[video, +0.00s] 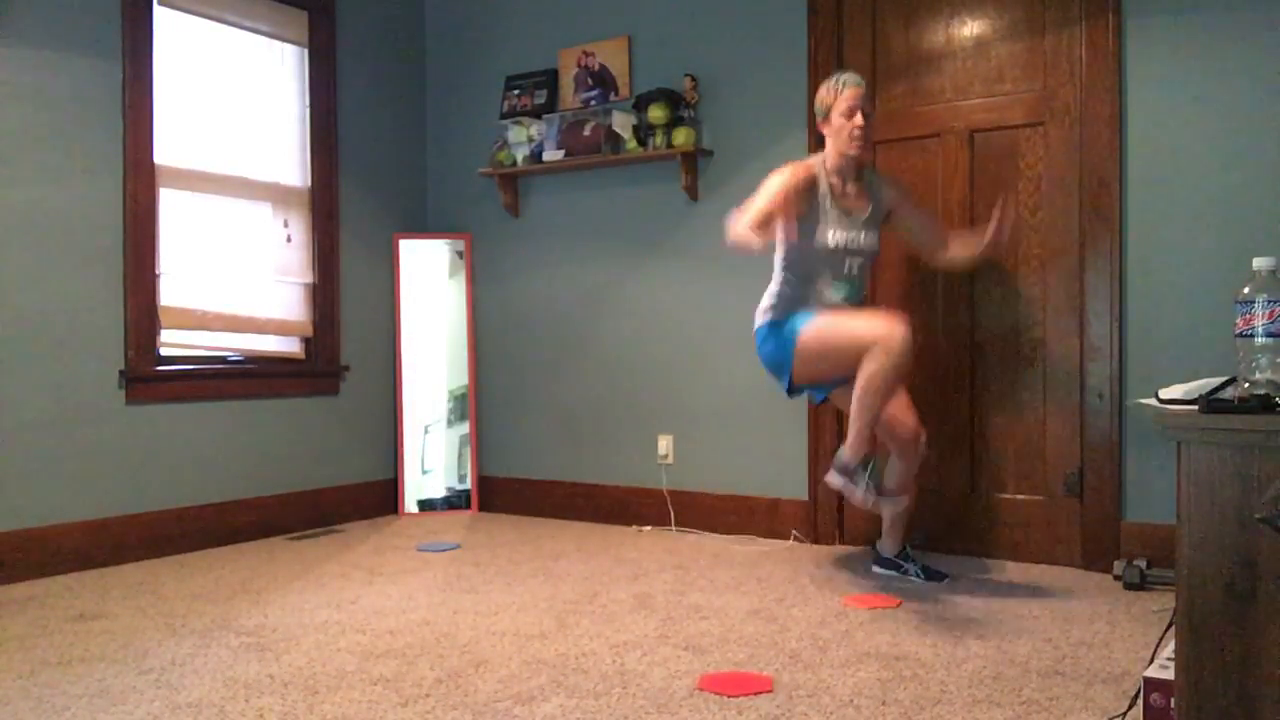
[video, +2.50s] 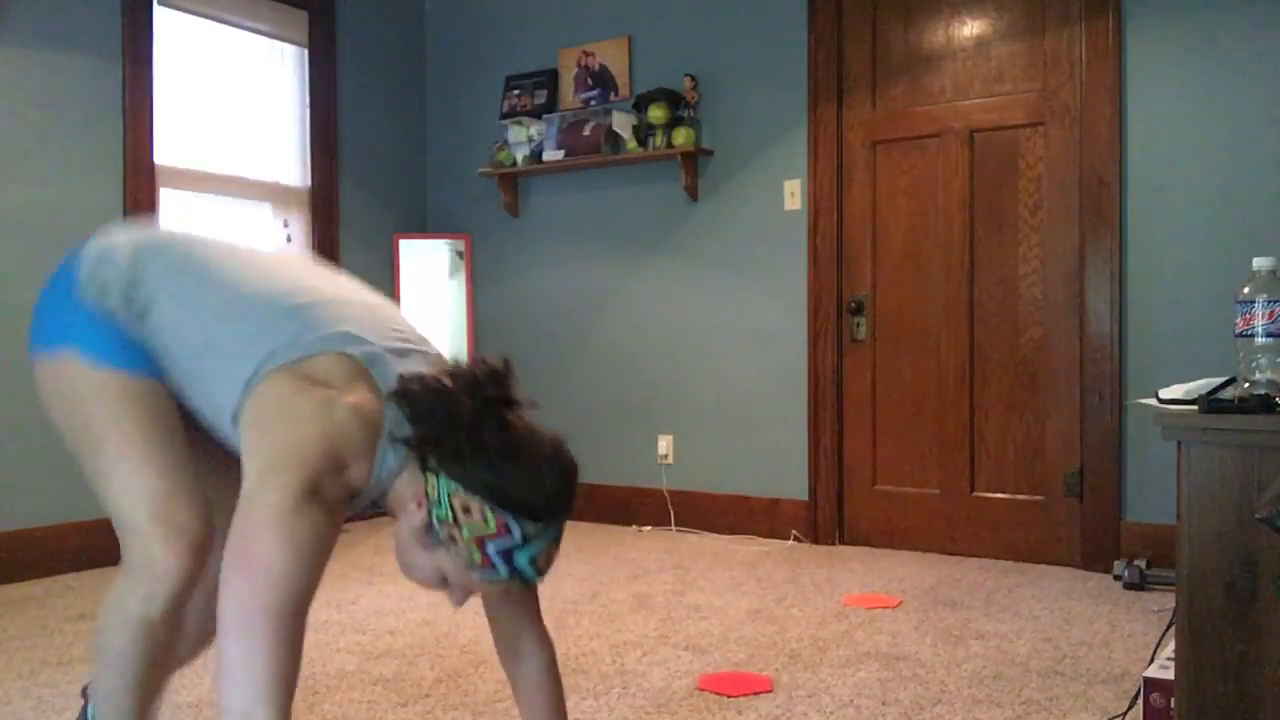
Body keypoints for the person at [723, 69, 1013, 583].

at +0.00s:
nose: (862, 124)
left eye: (867, 115)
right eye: (852, 114)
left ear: (872, 124)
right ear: (823, 123)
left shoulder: (880, 190)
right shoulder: (796, 179)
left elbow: (938, 247)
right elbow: (739, 226)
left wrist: (984, 241)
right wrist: (754, 233)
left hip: (844, 340)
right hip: (787, 334)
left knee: (908, 436)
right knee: (894, 332)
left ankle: (890, 552)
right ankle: (850, 461)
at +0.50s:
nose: (864, 56)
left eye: (874, 46)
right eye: (853, 41)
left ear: (879, 53)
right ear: (822, 40)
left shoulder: (844, 124)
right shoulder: (796, 108)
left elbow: (813, 229)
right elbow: (738, 205)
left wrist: (851, 274)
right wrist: (739, 293)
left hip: (820, 306)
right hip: (765, 301)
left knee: (886, 413)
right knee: (782, 452)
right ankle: (743, 594)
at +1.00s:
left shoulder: (775, 33)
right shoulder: (682, 12)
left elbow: (755, 126)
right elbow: (562, 58)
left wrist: (840, 151)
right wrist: (590, 79)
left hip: (729, 243)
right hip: (655, 226)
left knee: (840, 354)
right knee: (668, 419)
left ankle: (708, 426)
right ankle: (592, 612)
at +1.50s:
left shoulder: (682, 38)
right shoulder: (535, 11)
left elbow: (744, 161)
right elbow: (409, 24)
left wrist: (837, 169)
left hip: (604, 292)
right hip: (492, 258)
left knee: (658, 496)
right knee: (557, 275)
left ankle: (660, 698)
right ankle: (473, 496)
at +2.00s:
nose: (513, 21)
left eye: (526, 8)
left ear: (533, 17)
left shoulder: (481, 120)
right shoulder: (308, 36)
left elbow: (483, 285)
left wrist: (515, 432)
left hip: (282, 297)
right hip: (145, 268)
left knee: (352, 491)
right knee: (168, 539)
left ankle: (182, 649)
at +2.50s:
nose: (458, 599)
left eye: (479, 592)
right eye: (456, 578)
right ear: (429, 504)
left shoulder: (473, 429)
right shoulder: (314, 433)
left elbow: (523, 638)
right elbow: (252, 705)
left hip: (208, 288)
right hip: (101, 289)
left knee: (236, 575)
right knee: (169, 553)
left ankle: (101, 696)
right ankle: (112, 708)